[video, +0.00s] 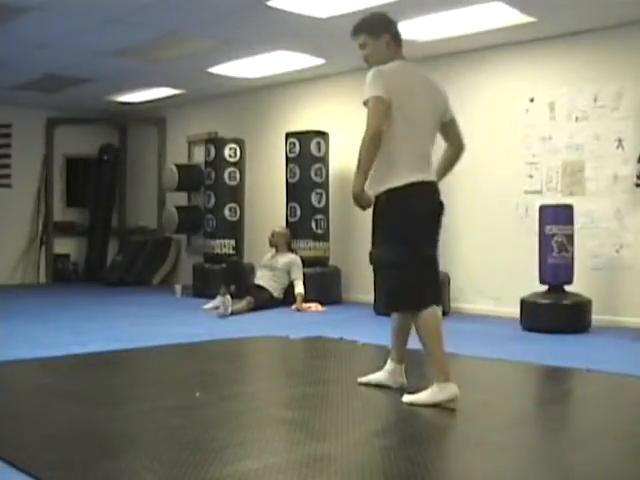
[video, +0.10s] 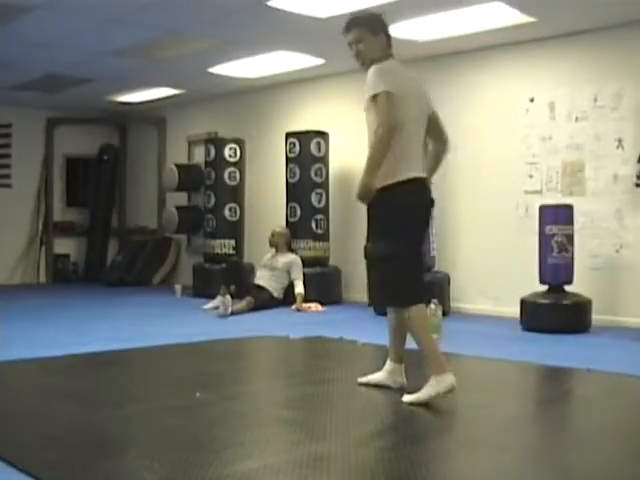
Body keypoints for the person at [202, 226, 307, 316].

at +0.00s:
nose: (270, 237)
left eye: (273, 235)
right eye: (271, 235)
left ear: (282, 239)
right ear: (278, 239)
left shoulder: (293, 259)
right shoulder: (270, 254)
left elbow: (298, 282)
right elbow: (262, 273)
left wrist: (299, 302)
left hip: (271, 293)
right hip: (255, 287)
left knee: (250, 300)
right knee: (233, 265)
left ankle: (230, 310)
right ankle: (221, 298)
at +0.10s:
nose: (270, 237)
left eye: (274, 235)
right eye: (271, 235)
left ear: (282, 239)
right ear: (277, 240)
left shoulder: (293, 259)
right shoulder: (270, 254)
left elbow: (298, 282)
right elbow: (263, 273)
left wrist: (299, 302)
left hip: (271, 294)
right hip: (255, 288)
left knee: (250, 300)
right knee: (233, 265)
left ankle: (230, 310)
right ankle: (221, 298)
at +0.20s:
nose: (270, 237)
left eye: (273, 235)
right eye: (271, 235)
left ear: (282, 239)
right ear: (277, 240)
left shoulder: (293, 259)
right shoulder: (270, 254)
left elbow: (298, 283)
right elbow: (263, 273)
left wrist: (298, 302)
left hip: (271, 293)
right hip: (254, 287)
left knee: (250, 300)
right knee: (234, 265)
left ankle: (230, 310)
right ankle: (221, 298)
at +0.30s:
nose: (270, 237)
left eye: (273, 235)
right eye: (271, 235)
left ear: (282, 239)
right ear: (277, 240)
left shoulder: (293, 259)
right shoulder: (270, 254)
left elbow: (298, 283)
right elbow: (263, 273)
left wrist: (298, 302)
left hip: (271, 293)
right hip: (254, 287)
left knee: (250, 300)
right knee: (234, 265)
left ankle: (230, 310)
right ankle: (221, 298)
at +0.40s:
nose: (270, 237)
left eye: (273, 235)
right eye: (271, 235)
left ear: (283, 239)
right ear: (277, 239)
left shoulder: (293, 259)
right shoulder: (270, 254)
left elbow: (298, 282)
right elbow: (262, 273)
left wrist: (299, 302)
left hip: (270, 294)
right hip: (254, 287)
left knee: (250, 300)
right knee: (234, 264)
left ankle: (230, 310)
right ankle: (221, 298)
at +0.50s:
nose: (270, 237)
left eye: (274, 235)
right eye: (271, 235)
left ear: (283, 239)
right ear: (277, 240)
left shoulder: (293, 259)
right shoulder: (270, 254)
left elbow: (298, 283)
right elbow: (262, 273)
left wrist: (299, 302)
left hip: (271, 293)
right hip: (254, 287)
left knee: (250, 300)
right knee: (234, 264)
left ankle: (230, 310)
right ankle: (221, 298)